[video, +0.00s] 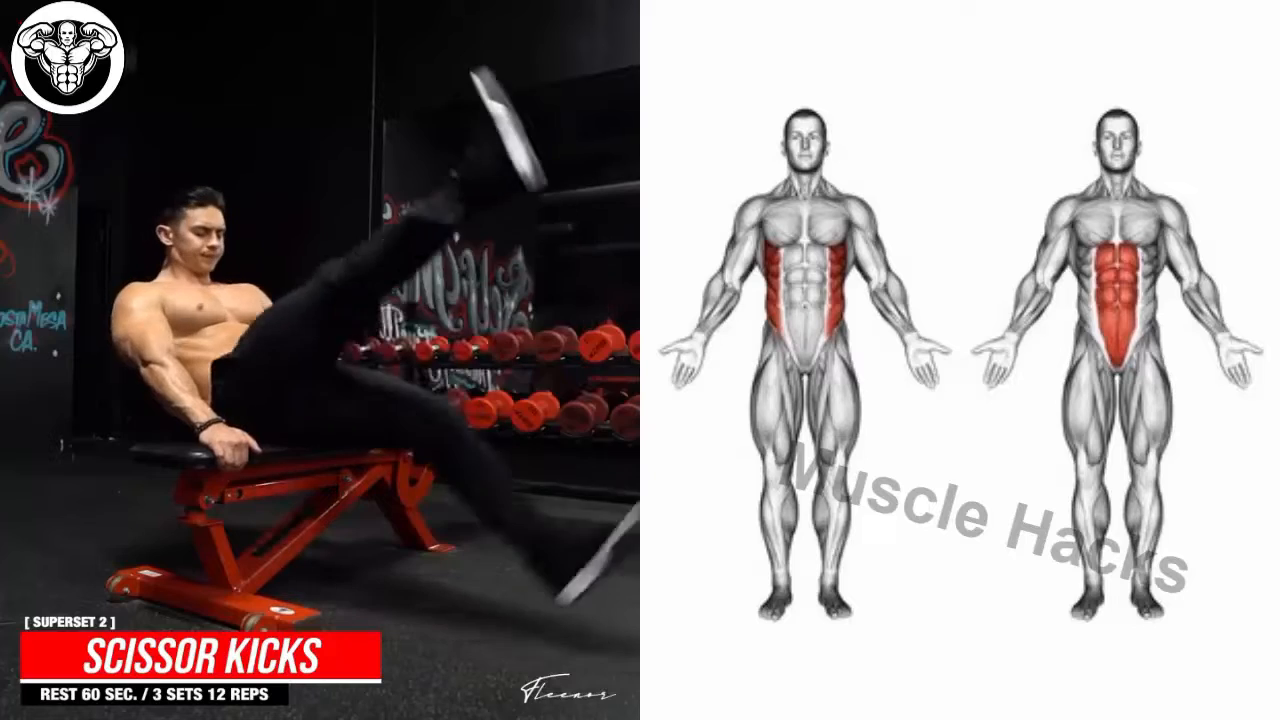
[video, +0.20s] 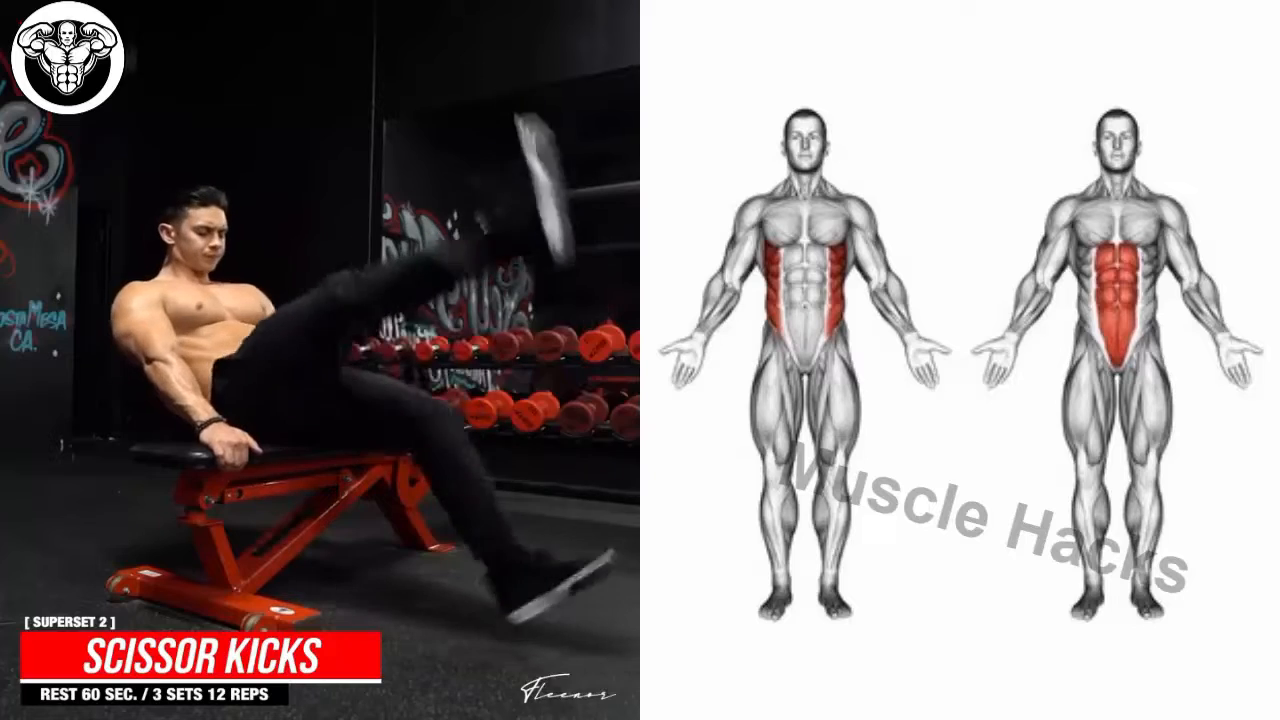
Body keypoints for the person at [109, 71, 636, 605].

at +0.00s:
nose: (214, 243)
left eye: (219, 234)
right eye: (202, 232)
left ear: (222, 238)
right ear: (168, 236)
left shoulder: (247, 293)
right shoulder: (139, 298)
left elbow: (298, 344)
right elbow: (157, 365)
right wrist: (207, 424)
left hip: (305, 394)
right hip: (243, 391)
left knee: (435, 421)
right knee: (342, 285)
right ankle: (472, 186)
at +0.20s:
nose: (216, 243)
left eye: (221, 234)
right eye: (203, 232)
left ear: (225, 239)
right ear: (169, 235)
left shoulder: (248, 294)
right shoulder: (139, 298)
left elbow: (302, 349)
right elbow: (160, 359)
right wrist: (208, 423)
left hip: (302, 399)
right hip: (241, 399)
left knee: (431, 418)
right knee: (335, 295)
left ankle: (514, 576)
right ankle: (472, 250)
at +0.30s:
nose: (213, 245)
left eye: (219, 235)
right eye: (201, 234)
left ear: (222, 241)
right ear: (167, 236)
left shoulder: (246, 296)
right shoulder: (137, 299)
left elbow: (298, 360)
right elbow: (161, 360)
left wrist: (359, 415)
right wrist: (208, 421)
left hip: (301, 403)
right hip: (243, 399)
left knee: (434, 391)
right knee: (351, 326)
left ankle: (547, 520)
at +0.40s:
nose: (213, 246)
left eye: (219, 238)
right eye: (202, 235)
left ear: (223, 243)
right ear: (167, 236)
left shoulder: (244, 298)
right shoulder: (138, 299)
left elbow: (303, 354)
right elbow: (164, 362)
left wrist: (362, 403)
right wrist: (209, 424)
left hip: (295, 384)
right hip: (237, 398)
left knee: (423, 350)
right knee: (370, 372)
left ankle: (562, 425)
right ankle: (535, 474)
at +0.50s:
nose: (217, 244)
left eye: (222, 235)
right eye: (206, 233)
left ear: (222, 240)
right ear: (170, 234)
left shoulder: (246, 296)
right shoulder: (140, 297)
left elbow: (309, 355)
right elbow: (163, 364)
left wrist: (371, 388)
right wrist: (208, 424)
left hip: (305, 380)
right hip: (249, 393)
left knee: (409, 324)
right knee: (373, 426)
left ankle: (567, 317)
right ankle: (507, 567)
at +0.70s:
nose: (227, 240)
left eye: (232, 231)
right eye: (216, 229)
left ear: (231, 234)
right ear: (179, 229)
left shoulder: (251, 293)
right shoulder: (145, 291)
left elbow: (311, 356)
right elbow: (166, 361)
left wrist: (366, 387)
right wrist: (210, 422)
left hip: (303, 376)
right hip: (251, 392)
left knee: (399, 310)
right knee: (374, 434)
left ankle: (562, 244)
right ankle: (507, 577)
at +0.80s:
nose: (222, 241)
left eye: (228, 234)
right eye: (211, 231)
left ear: (228, 237)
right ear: (175, 229)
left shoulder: (251, 294)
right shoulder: (144, 293)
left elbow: (313, 354)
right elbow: (163, 360)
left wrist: (375, 390)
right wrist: (210, 426)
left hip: (298, 376)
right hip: (239, 392)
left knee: (408, 325)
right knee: (370, 384)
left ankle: (559, 316)